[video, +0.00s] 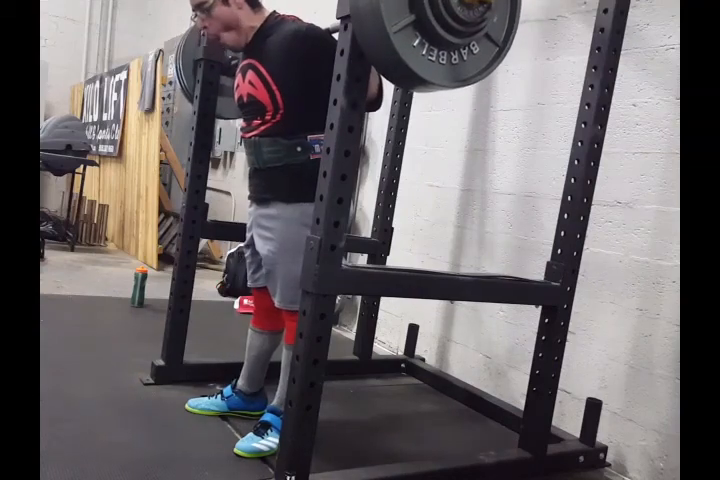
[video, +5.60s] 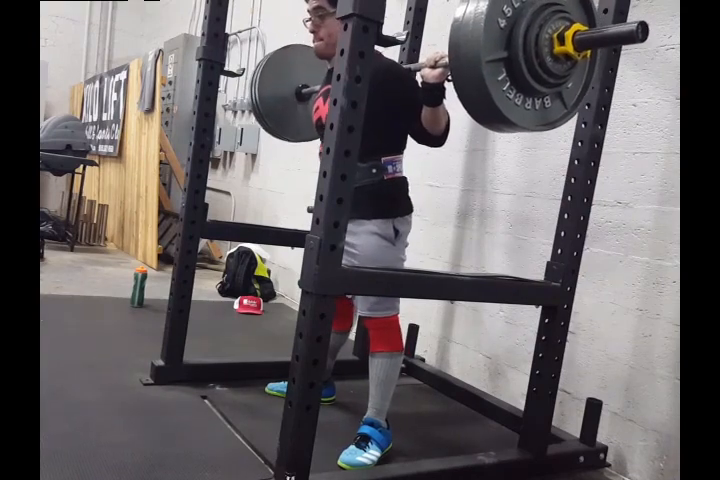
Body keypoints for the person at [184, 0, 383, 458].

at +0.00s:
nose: (213, 38)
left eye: (211, 25)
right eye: (207, 31)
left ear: (233, 5)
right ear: (232, 8)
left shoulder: (302, 41)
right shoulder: (249, 55)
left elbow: (371, 94)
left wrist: (362, 38)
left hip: (301, 209)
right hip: (265, 207)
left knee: (296, 315)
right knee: (264, 305)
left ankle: (284, 417)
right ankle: (246, 391)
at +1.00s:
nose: (234, 36)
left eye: (235, 22)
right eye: (227, 28)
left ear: (264, 5)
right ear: (262, 11)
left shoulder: (321, 43)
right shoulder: (273, 61)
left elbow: (390, 107)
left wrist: (381, 59)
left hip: (318, 210)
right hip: (284, 205)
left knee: (305, 319)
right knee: (264, 289)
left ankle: (284, 417)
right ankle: (302, 375)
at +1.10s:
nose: (237, 37)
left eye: (240, 24)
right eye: (232, 29)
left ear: (270, 8)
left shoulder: (324, 45)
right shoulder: (274, 66)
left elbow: (391, 108)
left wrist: (390, 54)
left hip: (330, 207)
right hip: (293, 204)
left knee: (312, 308)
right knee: (289, 293)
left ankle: (282, 415)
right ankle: (327, 380)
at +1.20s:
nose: (246, 45)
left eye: (248, 31)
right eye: (239, 37)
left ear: (277, 13)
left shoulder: (333, 51)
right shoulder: (282, 68)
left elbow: (398, 113)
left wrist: (391, 66)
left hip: (339, 211)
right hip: (302, 210)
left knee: (314, 311)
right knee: (310, 307)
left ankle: (282, 416)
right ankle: (331, 389)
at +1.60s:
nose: (271, 56)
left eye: (273, 44)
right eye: (265, 48)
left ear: (299, 25)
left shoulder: (359, 61)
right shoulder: (305, 81)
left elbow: (420, 116)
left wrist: (409, 72)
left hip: (370, 202)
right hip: (331, 201)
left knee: (350, 304)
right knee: (320, 300)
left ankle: (353, 415)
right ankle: (323, 391)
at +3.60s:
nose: (293, 52)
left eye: (299, 40)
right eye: (289, 43)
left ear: (331, 31)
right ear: (322, 36)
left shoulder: (390, 79)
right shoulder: (332, 85)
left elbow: (444, 131)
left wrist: (436, 86)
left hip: (387, 218)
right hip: (340, 214)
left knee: (387, 313)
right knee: (337, 303)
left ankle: (377, 424)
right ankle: (318, 380)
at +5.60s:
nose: (312, 30)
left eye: (319, 20)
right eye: (309, 22)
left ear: (349, 20)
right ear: (321, 26)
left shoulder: (389, 76)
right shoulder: (331, 78)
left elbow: (434, 135)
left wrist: (432, 87)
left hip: (378, 214)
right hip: (333, 211)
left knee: (378, 312)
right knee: (329, 301)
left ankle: (376, 423)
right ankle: (318, 379)